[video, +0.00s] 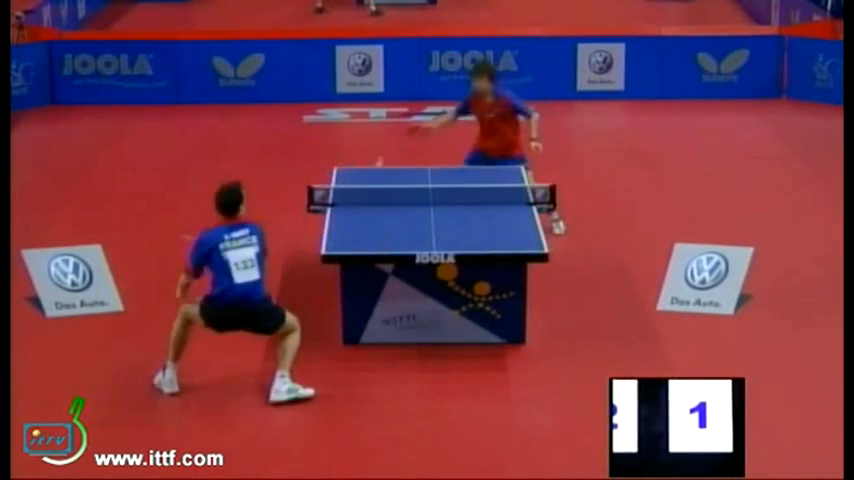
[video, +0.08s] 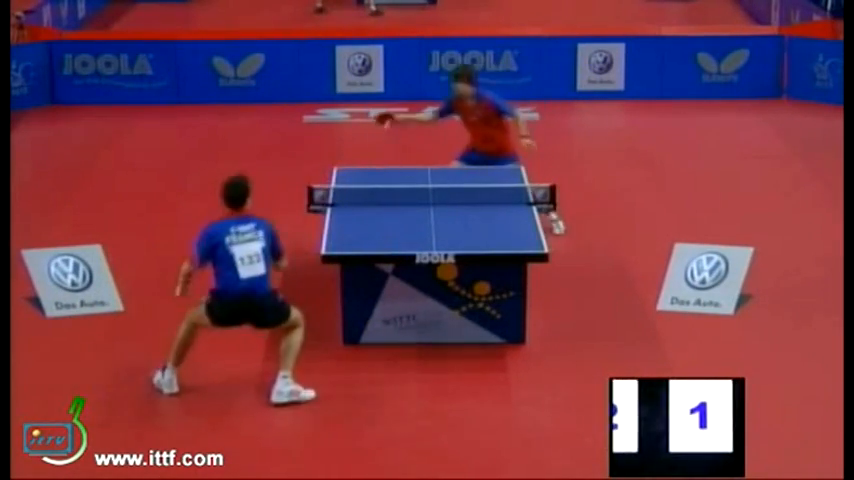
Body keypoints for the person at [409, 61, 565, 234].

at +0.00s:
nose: (479, 86)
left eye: (483, 81)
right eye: (477, 81)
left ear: (491, 82)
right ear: (473, 82)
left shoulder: (504, 99)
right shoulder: (473, 99)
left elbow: (532, 115)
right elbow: (454, 115)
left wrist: (533, 139)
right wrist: (432, 127)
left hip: (510, 154)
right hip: (483, 153)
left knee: (528, 188)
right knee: (463, 183)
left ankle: (554, 218)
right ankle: (460, 220)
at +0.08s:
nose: (461, 90)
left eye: (464, 86)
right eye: (458, 86)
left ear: (473, 86)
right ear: (455, 87)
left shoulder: (487, 100)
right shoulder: (456, 103)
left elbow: (515, 114)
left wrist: (523, 138)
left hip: (503, 156)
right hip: (476, 154)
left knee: (522, 190)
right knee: (448, 180)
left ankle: (551, 217)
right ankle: (443, 220)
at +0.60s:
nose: (397, 67)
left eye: (400, 64)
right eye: (394, 64)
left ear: (405, 64)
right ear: (389, 65)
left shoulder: (417, 81)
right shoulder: (382, 80)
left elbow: (427, 99)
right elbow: (375, 102)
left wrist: (436, 112)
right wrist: (372, 108)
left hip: (408, 134)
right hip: (383, 134)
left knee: (426, 164)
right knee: (364, 166)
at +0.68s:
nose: (388, 60)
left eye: (390, 56)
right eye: (384, 57)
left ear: (394, 56)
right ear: (377, 57)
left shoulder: (405, 74)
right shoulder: (370, 73)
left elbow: (416, 91)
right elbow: (352, 97)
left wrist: (422, 106)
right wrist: (366, 105)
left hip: (396, 129)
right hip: (371, 129)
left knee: (417, 161)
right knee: (355, 167)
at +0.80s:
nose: (374, 49)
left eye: (377, 45)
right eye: (370, 45)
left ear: (382, 46)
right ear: (365, 47)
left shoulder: (394, 64)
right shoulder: (357, 63)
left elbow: (407, 83)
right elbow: (341, 83)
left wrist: (408, 102)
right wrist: (346, 104)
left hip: (385, 115)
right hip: (360, 114)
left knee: (400, 155)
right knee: (341, 153)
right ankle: (338, 185)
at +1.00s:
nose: (358, 62)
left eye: (360, 58)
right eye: (354, 59)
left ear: (365, 58)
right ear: (348, 60)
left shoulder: (376, 77)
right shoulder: (342, 77)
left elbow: (389, 99)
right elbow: (329, 99)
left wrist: (387, 113)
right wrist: (328, 118)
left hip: (370, 130)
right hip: (345, 129)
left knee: (387, 165)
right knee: (323, 160)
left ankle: (397, 198)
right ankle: (304, 188)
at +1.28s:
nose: (307, 68)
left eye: (309, 63)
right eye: (304, 65)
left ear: (316, 62)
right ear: (301, 67)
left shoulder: (329, 79)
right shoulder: (310, 80)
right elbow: (314, 106)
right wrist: (300, 124)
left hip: (350, 132)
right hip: (327, 131)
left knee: (372, 169)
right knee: (296, 158)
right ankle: (303, 186)